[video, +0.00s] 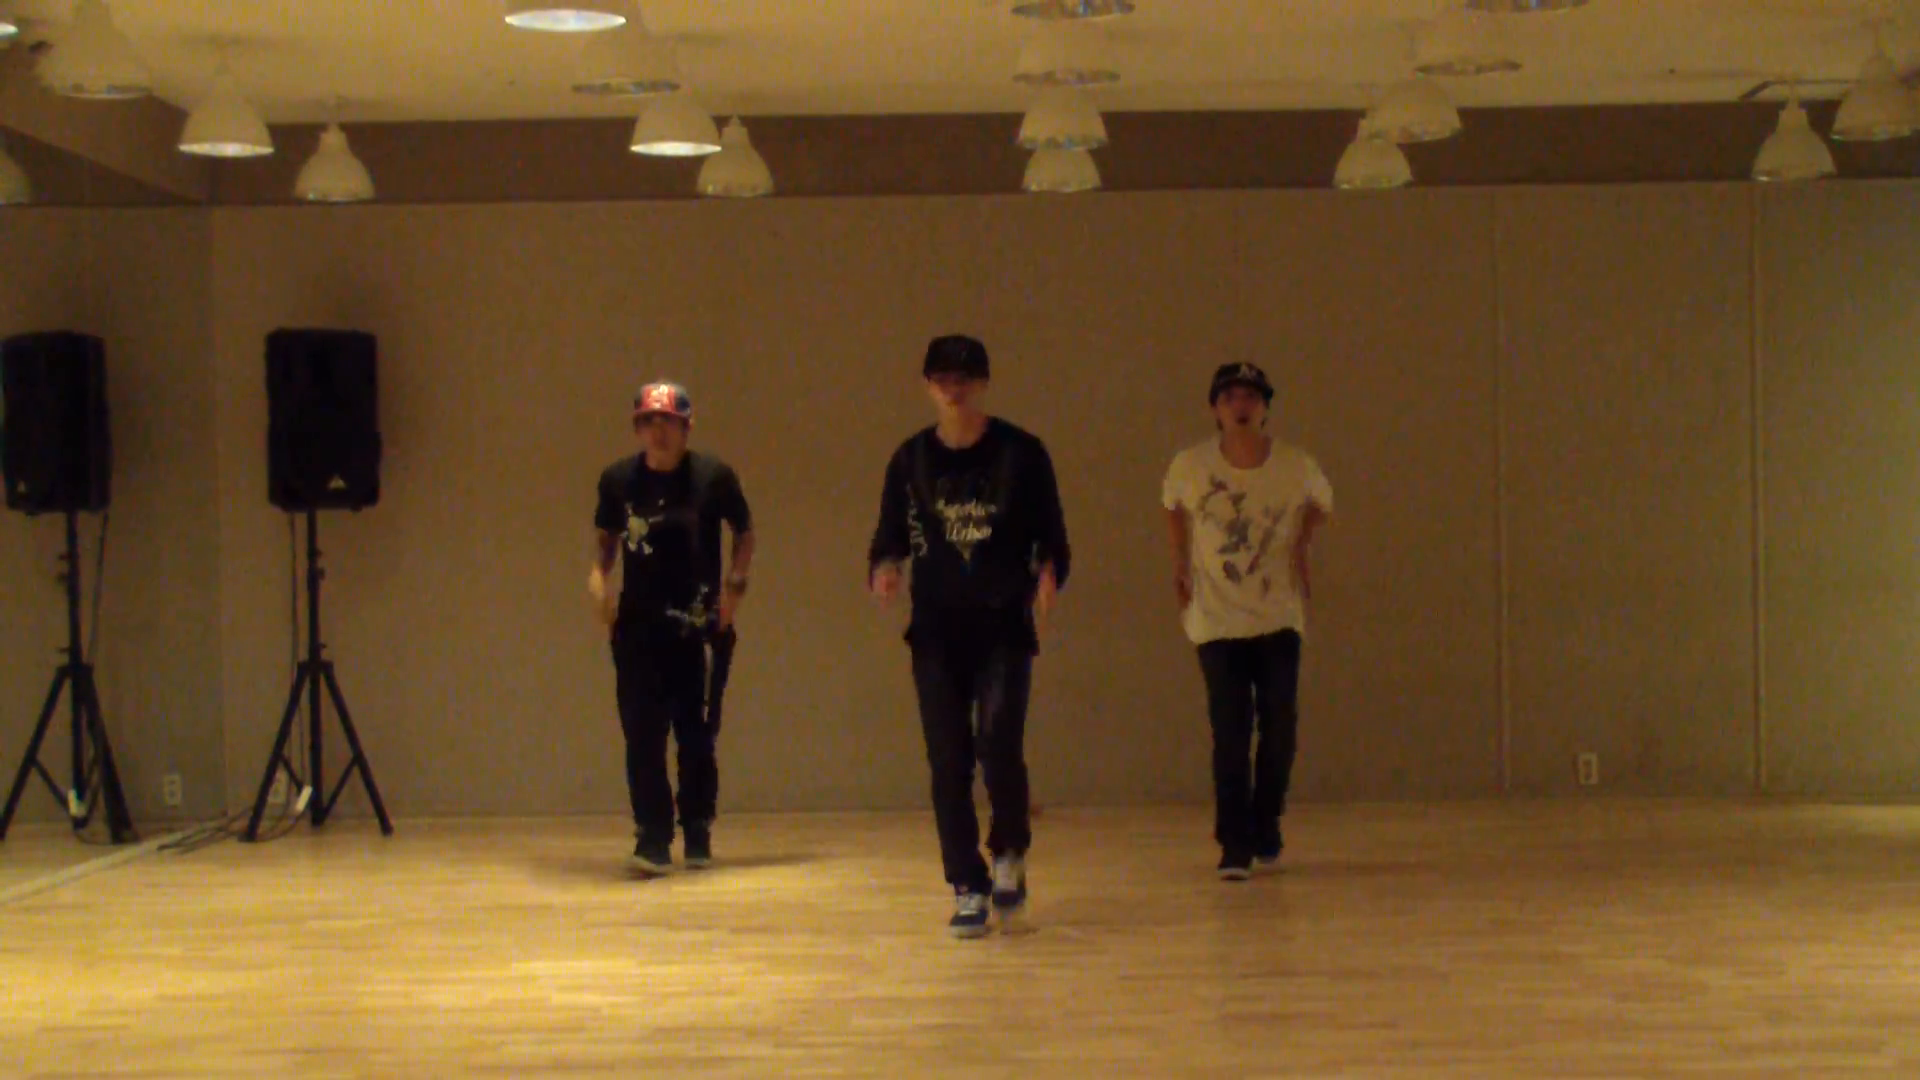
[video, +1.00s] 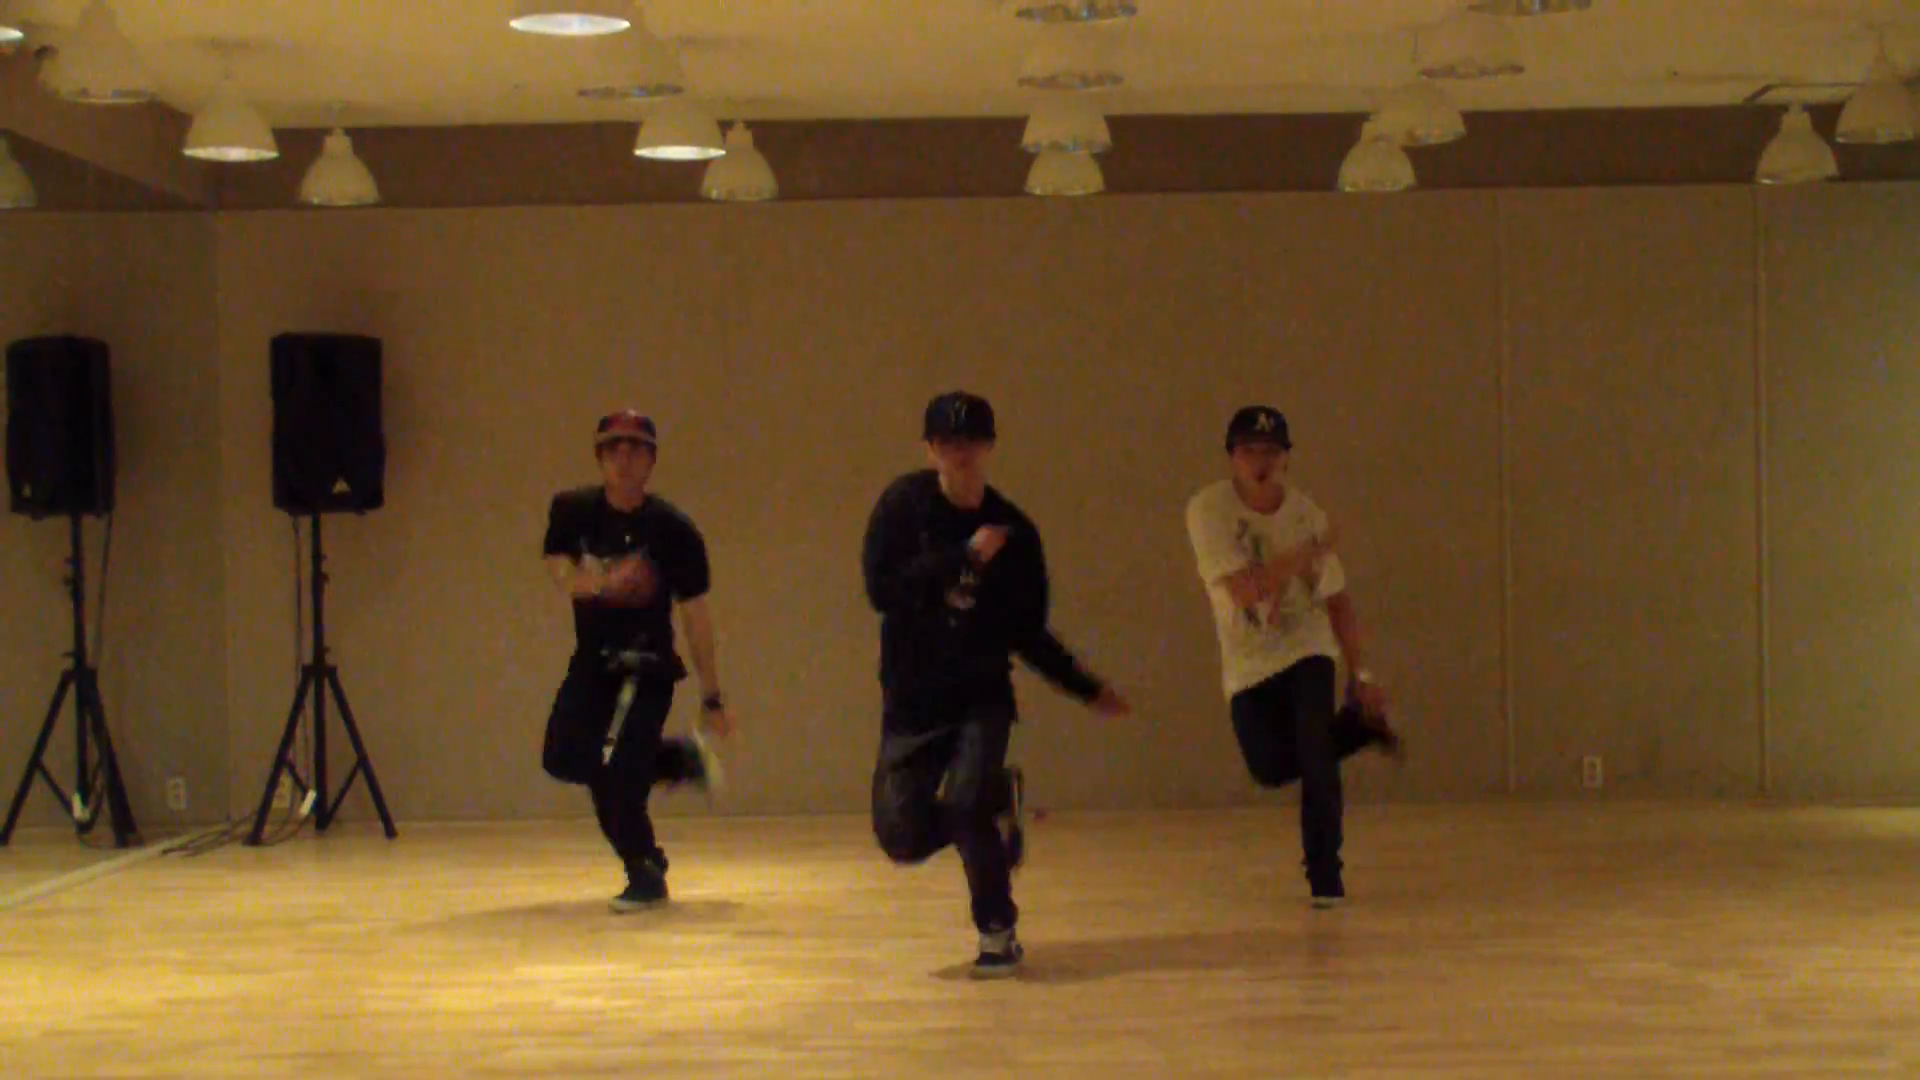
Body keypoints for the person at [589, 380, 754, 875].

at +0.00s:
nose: (658, 429)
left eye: (667, 420)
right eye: (650, 421)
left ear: (686, 425)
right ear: (637, 427)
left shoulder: (714, 478)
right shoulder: (619, 480)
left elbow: (744, 531)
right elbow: (606, 540)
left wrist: (733, 589)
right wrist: (601, 582)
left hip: (699, 631)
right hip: (638, 628)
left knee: (696, 737)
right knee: (643, 739)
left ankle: (698, 830)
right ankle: (652, 839)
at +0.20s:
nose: (654, 439)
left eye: (663, 431)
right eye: (644, 431)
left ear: (681, 440)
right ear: (632, 440)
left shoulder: (704, 493)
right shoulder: (610, 494)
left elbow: (726, 568)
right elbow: (588, 572)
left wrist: (705, 537)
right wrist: (594, 537)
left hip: (680, 629)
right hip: (624, 630)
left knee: (659, 709)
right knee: (625, 736)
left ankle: (682, 802)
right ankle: (651, 841)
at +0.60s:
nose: (640, 465)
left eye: (650, 456)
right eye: (631, 456)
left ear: (667, 465)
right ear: (617, 466)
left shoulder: (679, 519)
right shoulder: (600, 514)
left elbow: (695, 505)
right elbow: (579, 505)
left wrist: (711, 481)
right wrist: (562, 489)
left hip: (662, 637)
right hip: (604, 642)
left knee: (643, 700)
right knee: (603, 751)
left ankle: (617, 783)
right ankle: (652, 832)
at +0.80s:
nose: (620, 452)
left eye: (630, 443)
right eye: (610, 444)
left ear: (648, 453)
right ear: (598, 455)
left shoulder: (681, 508)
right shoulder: (578, 513)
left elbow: (746, 553)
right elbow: (523, 562)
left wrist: (807, 595)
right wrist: (488, 582)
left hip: (661, 647)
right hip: (601, 645)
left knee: (637, 745)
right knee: (583, 745)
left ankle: (649, 868)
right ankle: (595, 867)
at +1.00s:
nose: (624, 458)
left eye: (635, 448)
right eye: (614, 448)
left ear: (652, 460)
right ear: (599, 457)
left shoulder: (674, 530)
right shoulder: (571, 512)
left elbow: (697, 617)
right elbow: (563, 580)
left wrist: (712, 695)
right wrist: (605, 582)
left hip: (649, 663)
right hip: (593, 657)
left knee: (617, 769)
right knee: (562, 757)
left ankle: (645, 871)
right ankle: (673, 760)